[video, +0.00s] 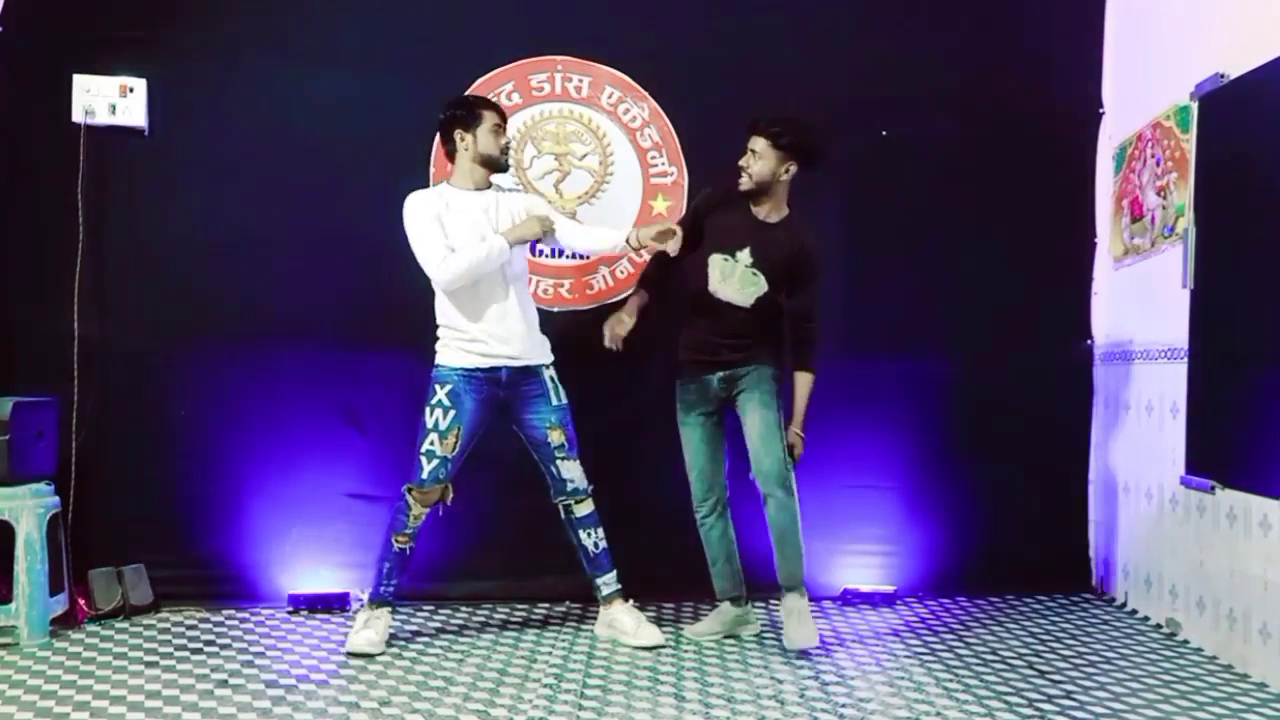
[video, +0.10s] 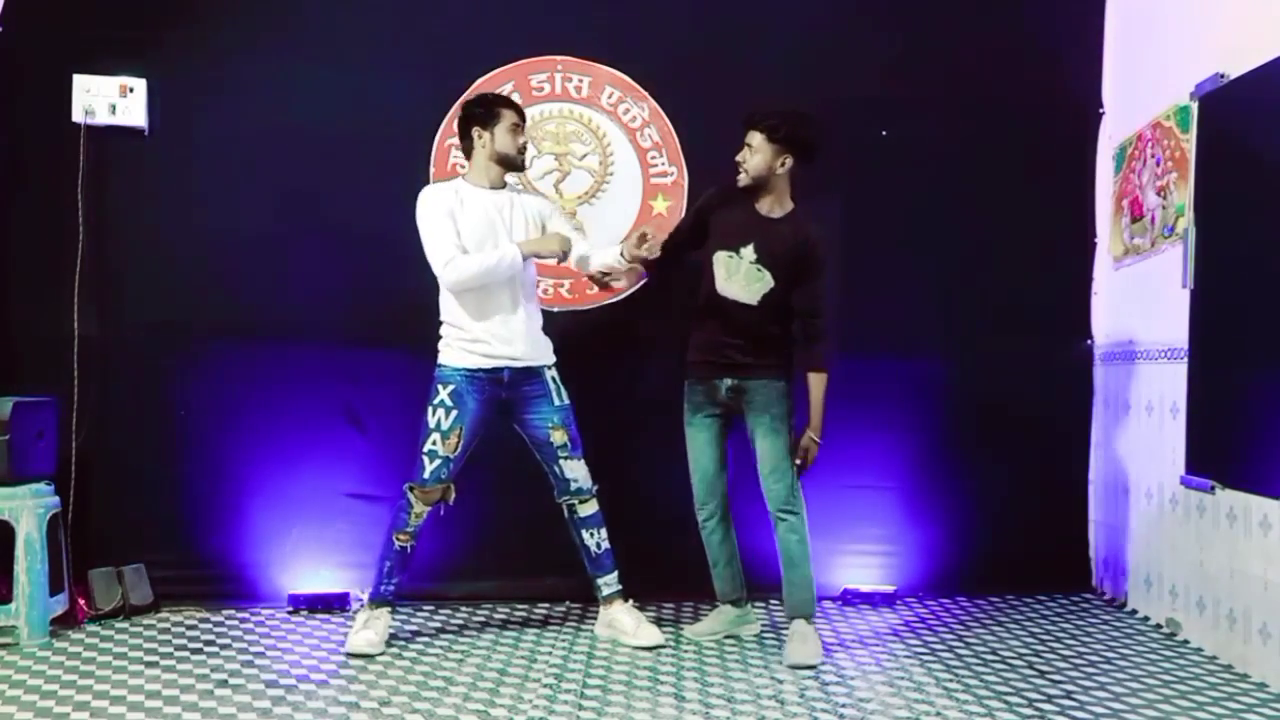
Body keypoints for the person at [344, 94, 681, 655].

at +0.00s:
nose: (506, 141)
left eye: (505, 131)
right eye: (496, 131)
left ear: (477, 140)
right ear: (460, 138)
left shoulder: (515, 199)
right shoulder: (423, 204)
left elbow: (570, 234)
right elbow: (446, 273)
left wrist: (632, 238)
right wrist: (513, 237)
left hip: (531, 365)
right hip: (462, 368)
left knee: (572, 481)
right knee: (425, 485)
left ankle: (613, 604)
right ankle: (378, 607)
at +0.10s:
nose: (523, 139)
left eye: (524, 130)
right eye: (514, 129)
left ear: (506, 138)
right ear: (478, 135)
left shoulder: (532, 205)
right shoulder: (438, 200)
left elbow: (579, 254)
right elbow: (452, 273)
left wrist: (622, 256)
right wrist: (523, 247)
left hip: (533, 366)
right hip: (465, 366)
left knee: (577, 481)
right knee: (428, 486)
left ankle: (614, 605)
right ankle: (378, 608)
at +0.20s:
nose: (547, 142)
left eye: (547, 132)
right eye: (537, 131)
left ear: (525, 140)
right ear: (501, 137)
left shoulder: (550, 207)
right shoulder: (458, 195)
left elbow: (586, 265)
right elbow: (472, 268)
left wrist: (618, 270)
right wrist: (547, 248)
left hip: (542, 368)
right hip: (473, 369)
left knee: (589, 480)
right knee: (433, 486)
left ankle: (613, 606)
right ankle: (379, 608)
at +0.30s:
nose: (573, 145)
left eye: (573, 136)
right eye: (564, 135)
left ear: (554, 142)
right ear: (529, 138)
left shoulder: (574, 210)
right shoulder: (486, 198)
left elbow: (596, 286)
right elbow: (490, 270)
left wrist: (612, 295)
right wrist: (569, 242)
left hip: (561, 370)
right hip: (492, 371)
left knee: (604, 480)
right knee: (442, 486)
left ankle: (615, 606)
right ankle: (380, 607)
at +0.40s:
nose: (598, 140)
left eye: (599, 132)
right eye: (588, 130)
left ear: (586, 141)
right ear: (554, 135)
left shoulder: (597, 213)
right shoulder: (514, 194)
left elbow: (607, 276)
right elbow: (494, 271)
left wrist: (620, 308)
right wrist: (568, 253)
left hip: (584, 367)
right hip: (517, 367)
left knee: (613, 482)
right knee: (463, 482)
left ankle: (616, 606)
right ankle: (399, 606)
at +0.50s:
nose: (617, 133)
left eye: (618, 125)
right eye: (607, 123)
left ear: (591, 133)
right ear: (571, 128)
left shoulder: (614, 207)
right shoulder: (525, 188)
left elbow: (624, 272)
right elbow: (483, 262)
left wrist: (634, 308)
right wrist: (556, 273)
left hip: (598, 362)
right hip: (532, 360)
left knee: (613, 481)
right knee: (493, 479)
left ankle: (616, 605)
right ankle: (445, 603)